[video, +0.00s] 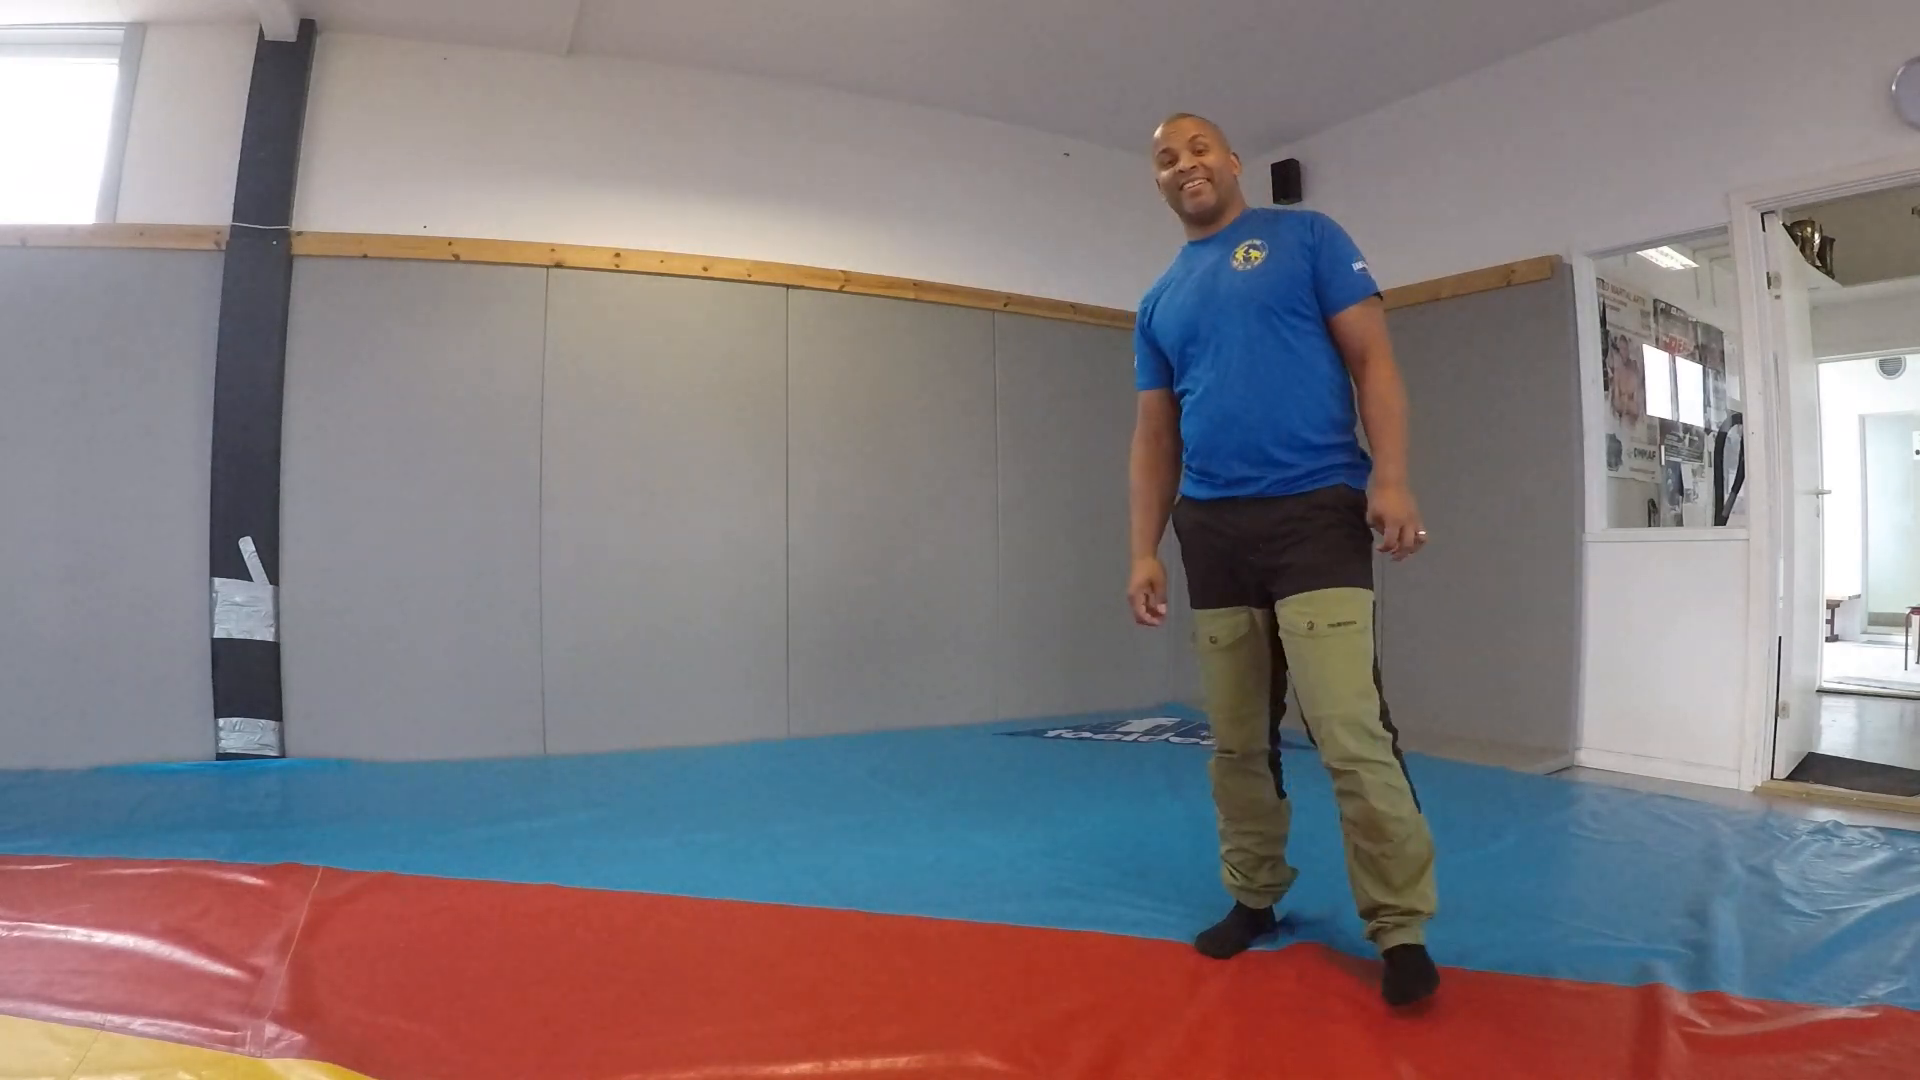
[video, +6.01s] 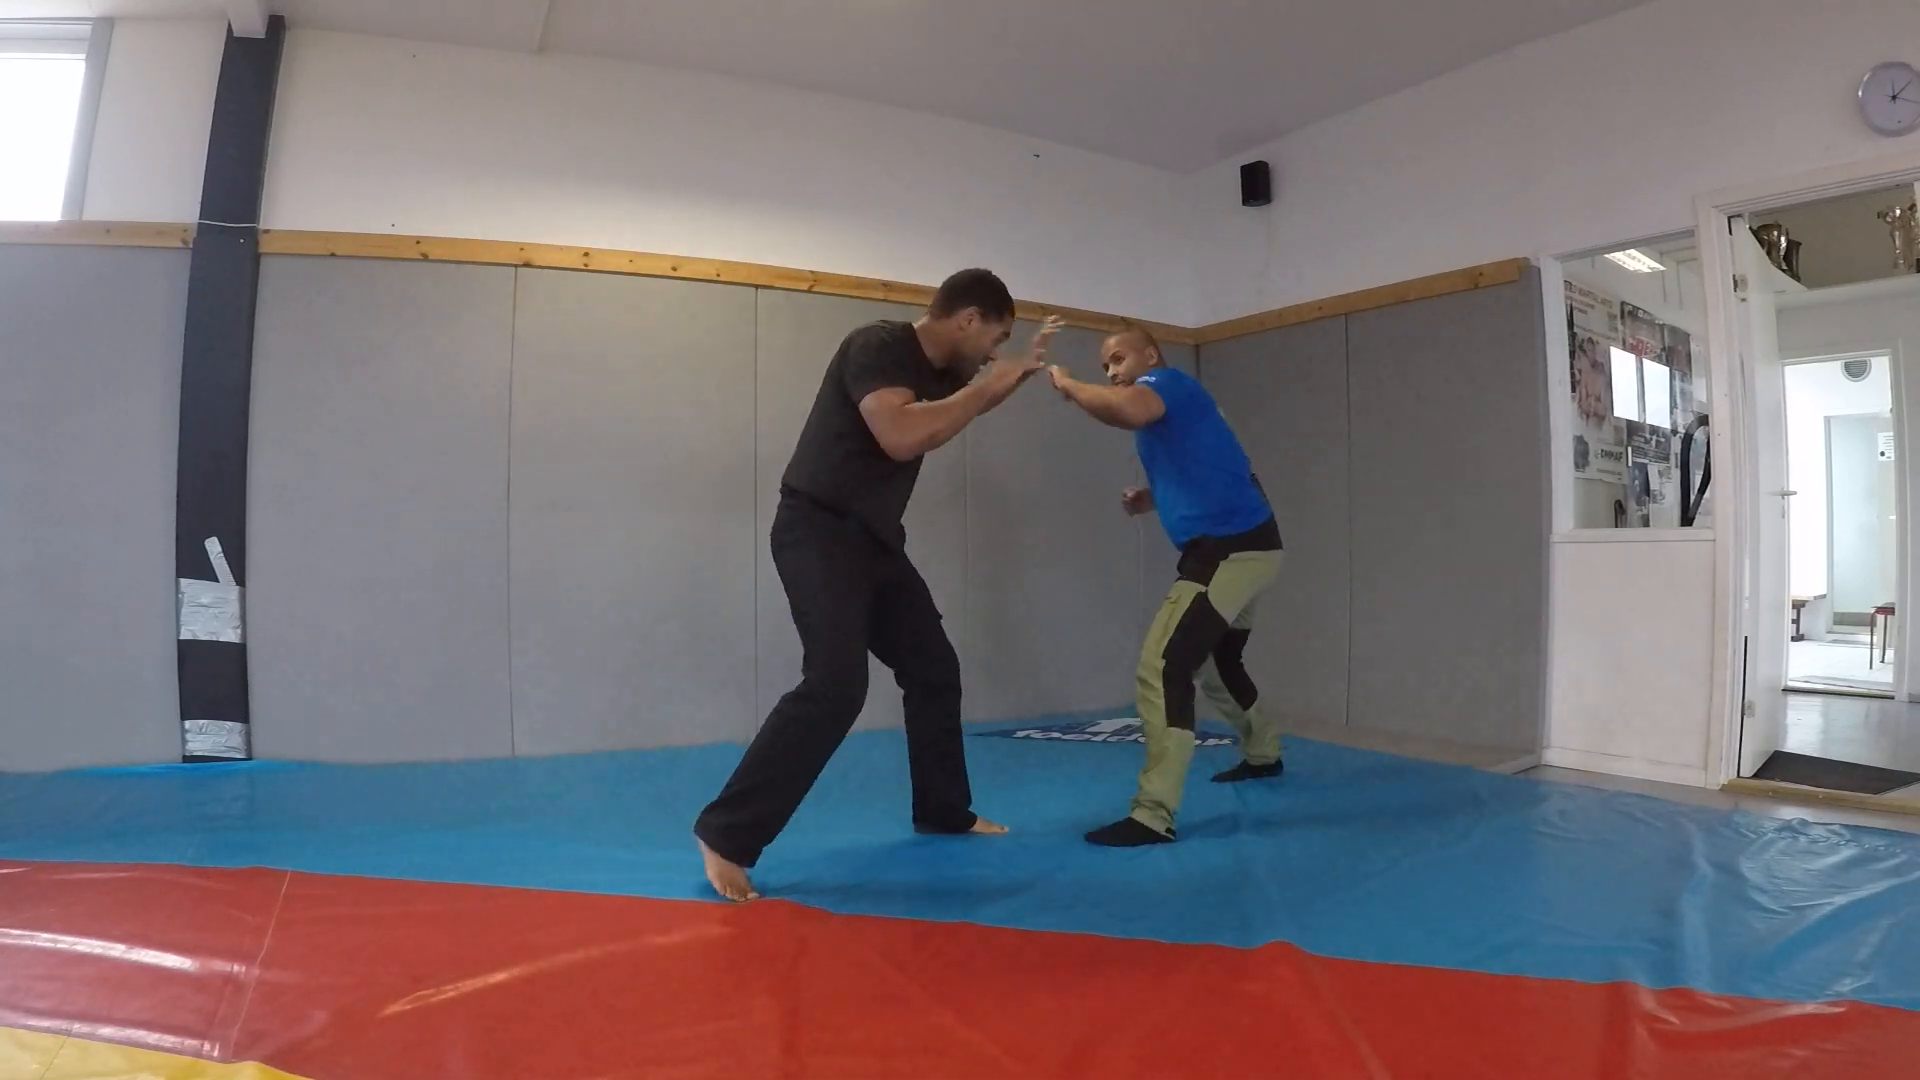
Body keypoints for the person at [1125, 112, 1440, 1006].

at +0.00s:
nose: (1184, 167)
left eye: (1198, 151)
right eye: (1167, 163)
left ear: (1238, 165)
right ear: (1160, 192)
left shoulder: (1307, 236)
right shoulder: (1159, 302)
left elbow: (1373, 359)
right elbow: (1154, 435)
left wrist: (1391, 479)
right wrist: (1143, 550)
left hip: (1316, 514)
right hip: (1210, 527)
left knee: (1348, 731)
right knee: (1237, 734)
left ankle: (1401, 928)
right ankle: (1256, 894)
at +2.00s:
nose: (1217, 235)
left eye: (1228, 222)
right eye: (1203, 228)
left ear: (1253, 236)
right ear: (1189, 250)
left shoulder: (1305, 317)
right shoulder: (1168, 339)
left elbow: (1348, 416)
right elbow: (1145, 445)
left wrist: (1380, 507)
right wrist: (1120, 541)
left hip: (1288, 530)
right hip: (1200, 529)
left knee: (1288, 696)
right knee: (1205, 699)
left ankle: (1284, 799)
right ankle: (1204, 856)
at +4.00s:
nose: (1119, 311)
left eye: (1129, 300)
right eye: (1114, 305)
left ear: (1161, 304)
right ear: (1115, 318)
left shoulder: (1191, 354)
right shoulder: (1120, 386)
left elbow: (1222, 428)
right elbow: (1116, 465)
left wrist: (1147, 448)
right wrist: (1098, 531)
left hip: (1184, 522)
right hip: (1133, 529)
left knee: (1182, 650)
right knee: (1146, 661)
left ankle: (1248, 778)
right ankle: (1167, 773)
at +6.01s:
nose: (1111, 370)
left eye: (1118, 358)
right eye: (1106, 367)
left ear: (1152, 353)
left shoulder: (1169, 383)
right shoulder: (1171, 401)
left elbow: (1129, 407)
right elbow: (1204, 472)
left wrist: (1068, 386)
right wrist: (1153, 496)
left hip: (1228, 548)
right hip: (1247, 545)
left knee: (1163, 669)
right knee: (1218, 663)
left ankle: (1154, 816)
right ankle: (1263, 755)